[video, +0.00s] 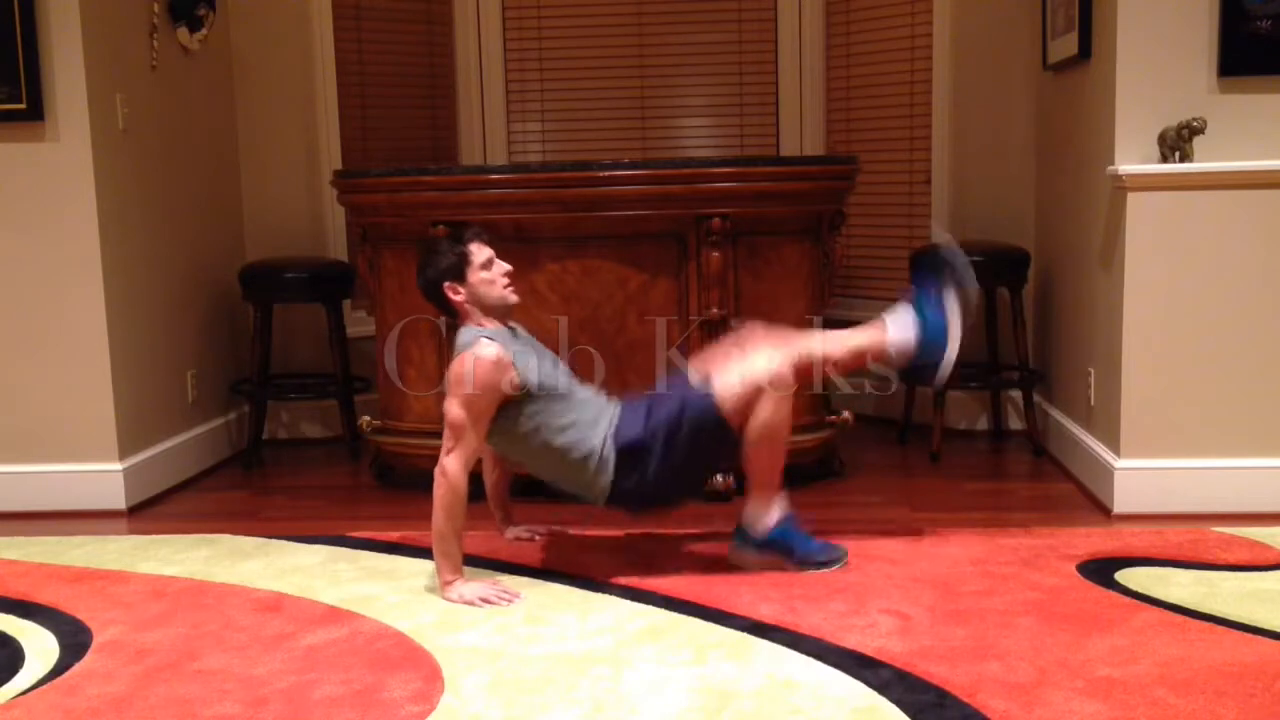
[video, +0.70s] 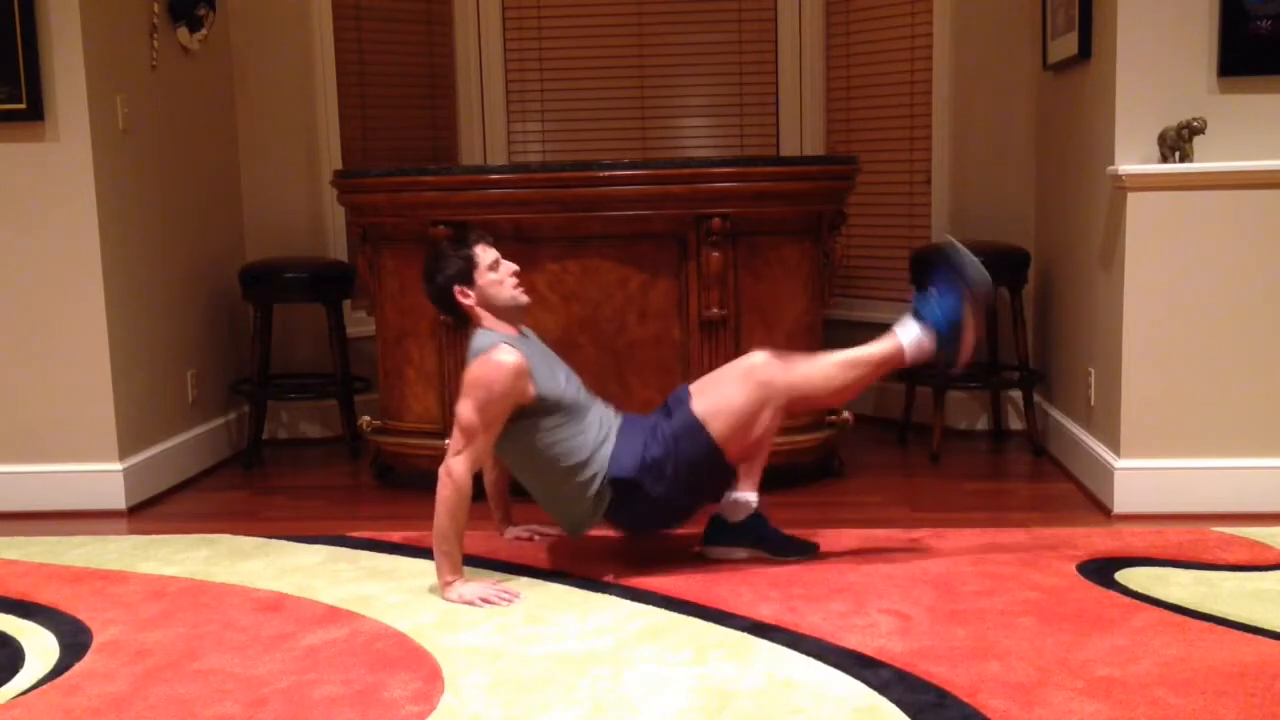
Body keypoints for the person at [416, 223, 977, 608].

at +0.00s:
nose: (505, 271)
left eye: (499, 262)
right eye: (489, 267)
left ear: (481, 283)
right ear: (456, 293)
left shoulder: (500, 338)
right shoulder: (478, 360)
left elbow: (488, 439)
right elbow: (450, 465)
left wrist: (501, 517)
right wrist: (448, 577)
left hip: (633, 428)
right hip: (626, 460)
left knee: (758, 341)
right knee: (767, 372)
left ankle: (905, 333)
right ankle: (762, 525)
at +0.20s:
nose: (512, 271)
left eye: (506, 262)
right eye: (496, 268)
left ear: (490, 285)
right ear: (465, 295)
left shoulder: (511, 337)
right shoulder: (487, 360)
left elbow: (492, 438)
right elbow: (454, 465)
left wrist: (502, 520)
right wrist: (450, 578)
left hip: (632, 453)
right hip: (623, 481)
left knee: (759, 356)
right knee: (759, 374)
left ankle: (901, 376)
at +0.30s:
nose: (501, 269)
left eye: (495, 260)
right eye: (484, 265)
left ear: (478, 280)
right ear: (451, 290)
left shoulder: (495, 335)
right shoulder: (472, 357)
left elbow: (489, 437)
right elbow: (449, 464)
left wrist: (499, 520)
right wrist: (449, 576)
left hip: (646, 408)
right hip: (639, 448)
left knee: (763, 312)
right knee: (795, 368)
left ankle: (865, 422)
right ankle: (771, 520)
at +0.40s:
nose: (494, 270)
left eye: (489, 261)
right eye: (478, 265)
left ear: (461, 285)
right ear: (446, 290)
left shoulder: (489, 337)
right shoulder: (468, 356)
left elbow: (491, 437)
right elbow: (450, 464)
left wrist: (502, 518)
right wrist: (450, 575)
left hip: (646, 395)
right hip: (646, 421)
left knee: (779, 324)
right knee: (775, 311)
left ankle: (794, 467)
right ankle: (861, 451)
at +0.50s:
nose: (499, 269)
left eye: (493, 260)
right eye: (483, 265)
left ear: (475, 283)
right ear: (451, 292)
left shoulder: (498, 340)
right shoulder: (472, 360)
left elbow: (489, 438)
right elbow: (448, 466)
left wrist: (499, 518)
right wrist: (449, 576)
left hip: (637, 423)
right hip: (630, 440)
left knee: (786, 354)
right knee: (763, 320)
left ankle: (754, 492)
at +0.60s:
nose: (513, 274)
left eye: (505, 265)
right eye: (496, 271)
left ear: (494, 289)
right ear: (468, 301)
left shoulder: (514, 342)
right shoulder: (491, 366)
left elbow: (493, 436)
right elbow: (455, 466)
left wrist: (500, 521)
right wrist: (446, 578)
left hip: (635, 440)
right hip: (628, 482)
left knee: (756, 367)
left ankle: (735, 522)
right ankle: (906, 308)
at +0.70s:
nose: (512, 270)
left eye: (505, 262)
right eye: (496, 268)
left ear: (491, 285)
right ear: (466, 297)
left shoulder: (510, 342)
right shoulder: (492, 365)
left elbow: (491, 441)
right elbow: (455, 466)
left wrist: (500, 520)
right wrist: (449, 577)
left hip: (632, 449)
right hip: (632, 482)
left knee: (764, 371)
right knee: (769, 376)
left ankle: (738, 515)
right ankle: (921, 336)